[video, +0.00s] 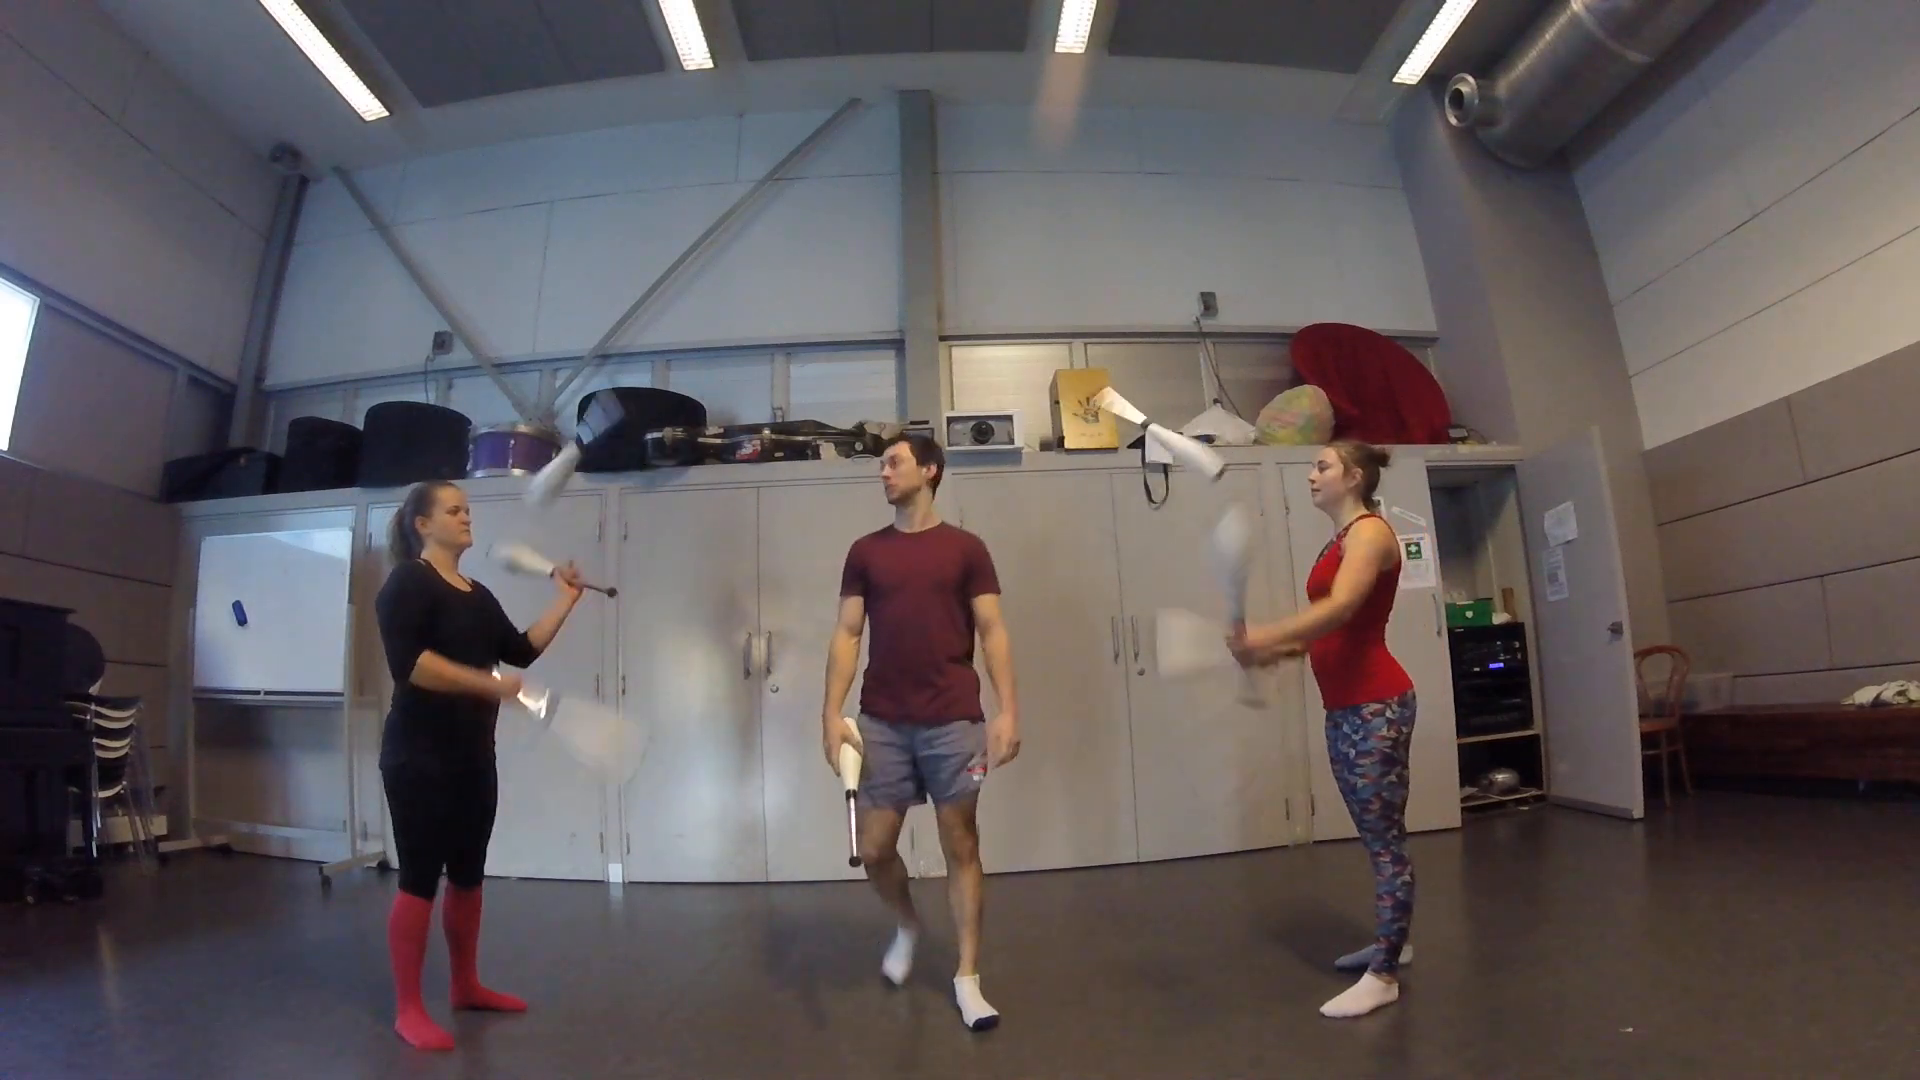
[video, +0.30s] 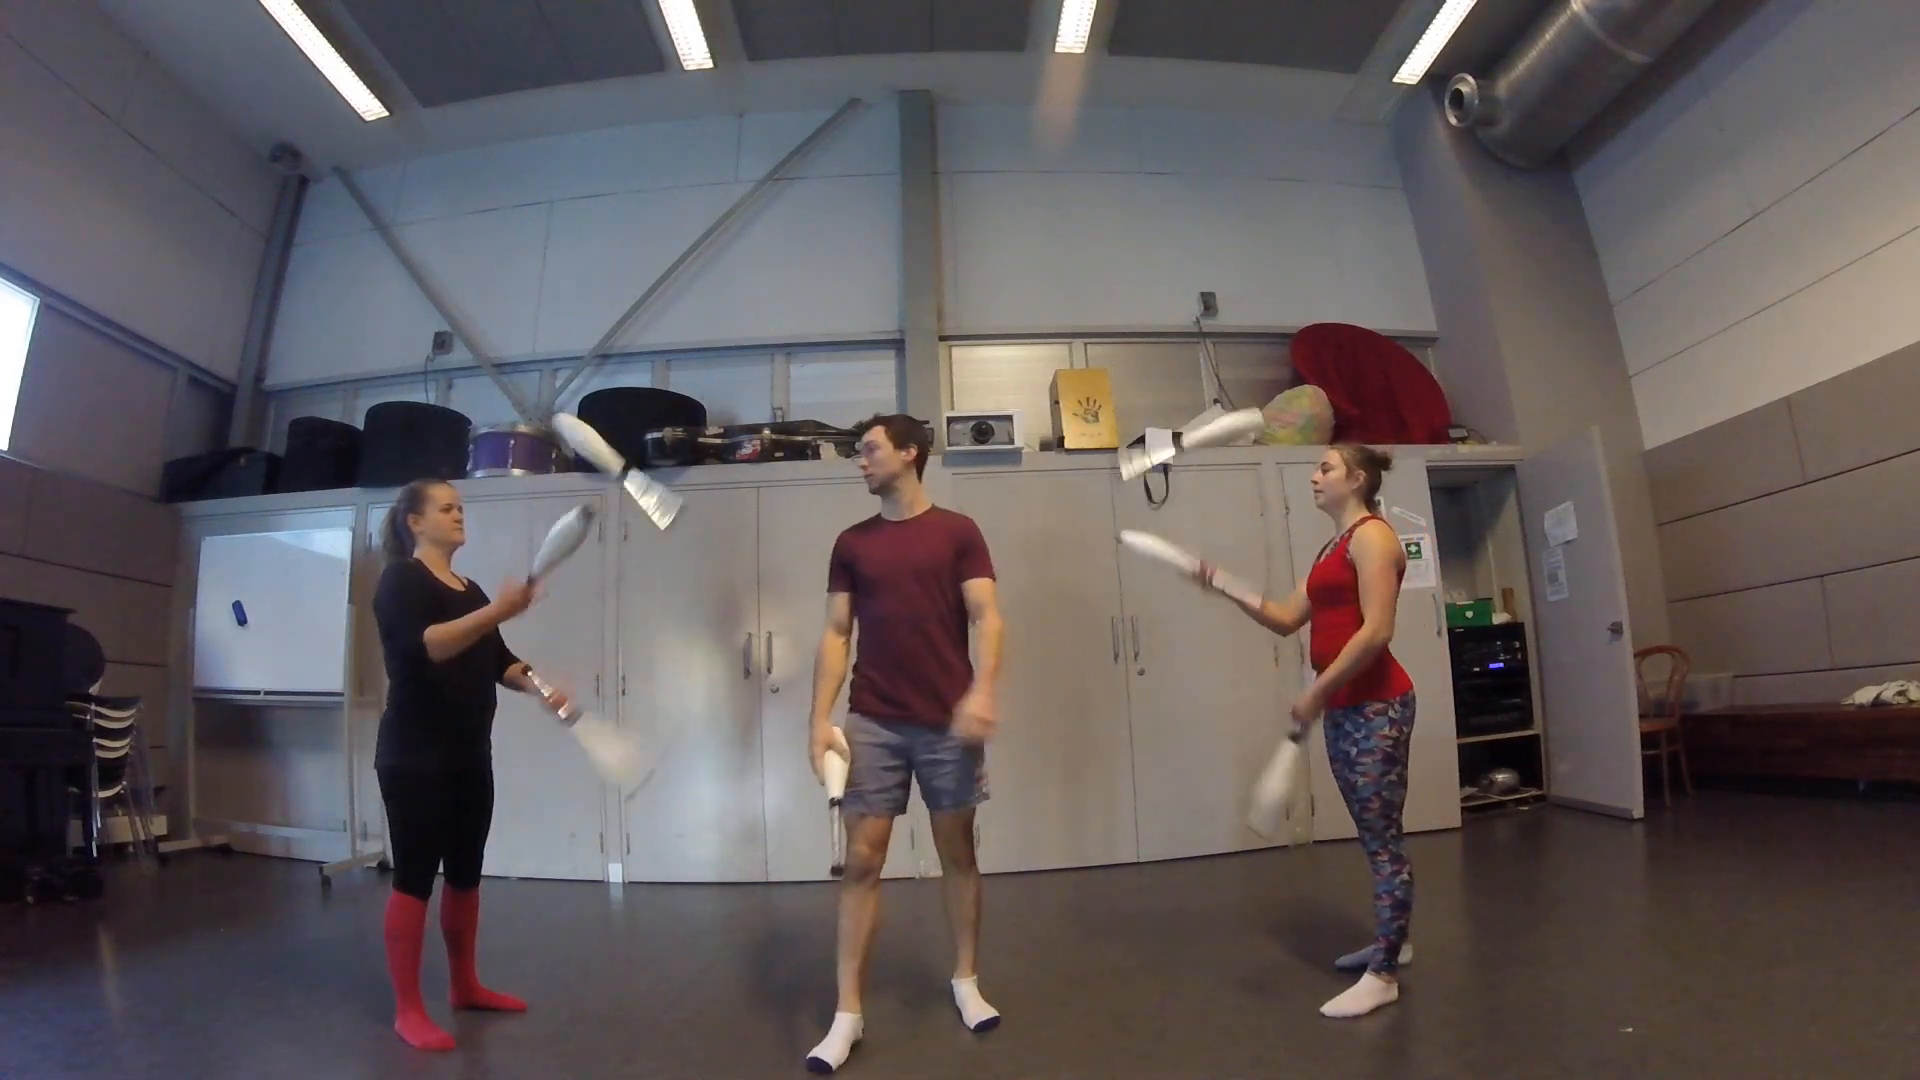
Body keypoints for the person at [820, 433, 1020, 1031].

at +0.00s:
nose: (885, 472)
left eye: (896, 463)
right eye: (883, 464)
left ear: (930, 473)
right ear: (887, 476)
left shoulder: (966, 548)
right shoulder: (866, 551)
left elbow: (992, 631)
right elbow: (846, 634)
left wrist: (1007, 713)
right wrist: (832, 713)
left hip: (952, 719)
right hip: (882, 722)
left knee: (961, 847)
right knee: (874, 852)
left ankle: (968, 976)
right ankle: (908, 925)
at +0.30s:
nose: (862, 460)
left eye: (873, 450)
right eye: (860, 452)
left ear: (912, 455)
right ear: (876, 462)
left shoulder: (958, 532)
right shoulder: (853, 542)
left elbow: (987, 617)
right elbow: (837, 633)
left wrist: (983, 691)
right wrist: (821, 719)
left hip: (947, 724)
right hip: (873, 723)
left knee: (958, 854)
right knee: (861, 861)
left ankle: (965, 980)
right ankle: (847, 1014)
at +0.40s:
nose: (846, 460)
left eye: (856, 449)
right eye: (845, 451)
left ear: (897, 453)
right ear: (878, 457)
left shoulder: (946, 527)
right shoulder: (841, 541)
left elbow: (965, 617)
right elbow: (824, 634)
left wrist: (922, 674)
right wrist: (804, 719)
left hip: (940, 725)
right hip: (861, 725)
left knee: (956, 857)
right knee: (854, 863)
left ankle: (965, 981)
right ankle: (845, 1016)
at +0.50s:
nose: (831, 453)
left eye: (842, 442)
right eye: (832, 443)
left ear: (882, 446)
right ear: (858, 451)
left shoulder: (931, 517)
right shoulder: (827, 535)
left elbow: (923, 607)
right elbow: (813, 632)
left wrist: (837, 638)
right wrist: (786, 716)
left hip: (926, 716)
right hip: (849, 722)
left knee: (964, 855)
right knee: (849, 865)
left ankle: (971, 973)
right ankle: (845, 1015)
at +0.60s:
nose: (818, 451)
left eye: (827, 440)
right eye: (817, 442)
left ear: (868, 442)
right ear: (855, 445)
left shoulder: (915, 511)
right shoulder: (820, 535)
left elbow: (863, 583)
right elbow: (802, 630)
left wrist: (755, 596)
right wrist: (774, 711)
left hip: (917, 714)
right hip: (839, 720)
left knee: (966, 854)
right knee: (844, 866)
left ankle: (990, 971)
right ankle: (845, 1018)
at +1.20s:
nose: (876, 443)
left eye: (885, 432)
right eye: (862, 432)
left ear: (898, 440)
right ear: (833, 443)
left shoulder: (918, 498)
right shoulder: (814, 537)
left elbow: (910, 570)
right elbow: (797, 640)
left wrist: (807, 598)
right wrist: (779, 732)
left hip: (937, 711)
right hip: (857, 721)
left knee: (979, 860)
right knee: (856, 871)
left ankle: (996, 995)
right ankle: (848, 1017)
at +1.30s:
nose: (924, 445)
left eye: (925, 435)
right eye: (912, 433)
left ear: (913, 446)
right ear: (870, 440)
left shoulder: (936, 509)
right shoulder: (830, 532)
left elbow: (987, 586)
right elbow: (813, 637)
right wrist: (824, 736)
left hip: (953, 719)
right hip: (874, 726)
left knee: (981, 859)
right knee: (861, 872)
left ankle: (991, 998)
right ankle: (848, 1019)